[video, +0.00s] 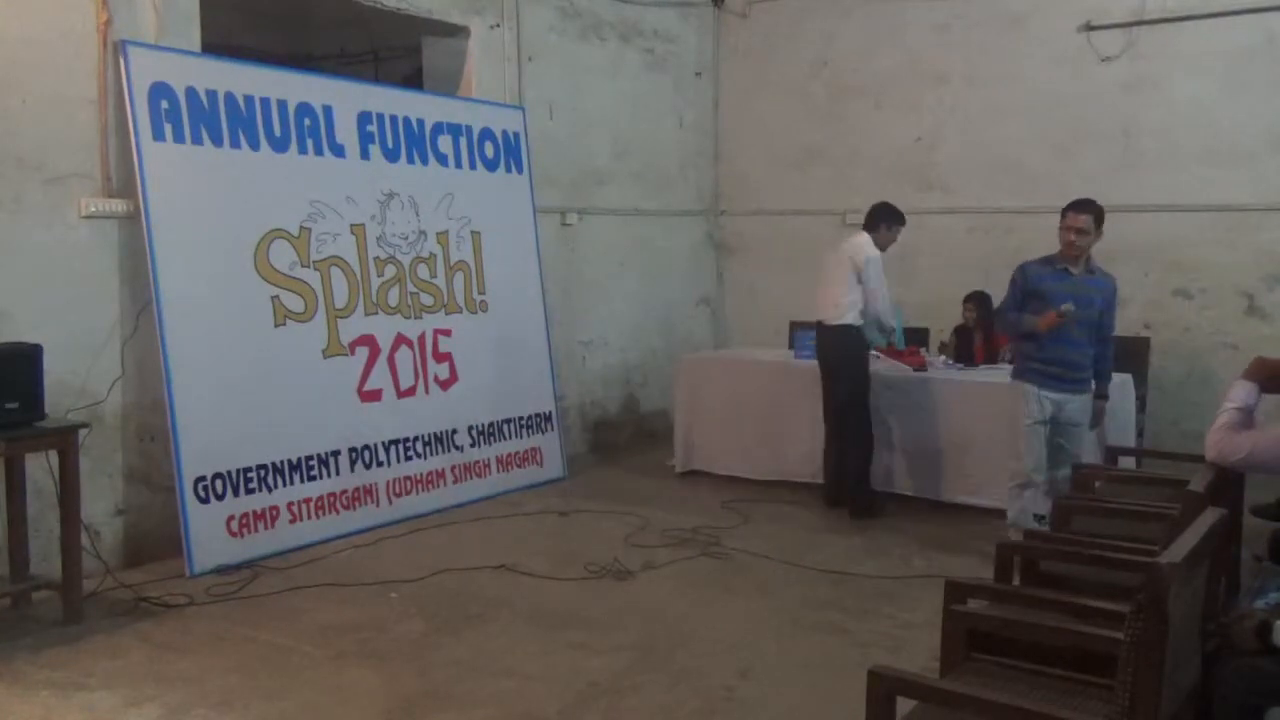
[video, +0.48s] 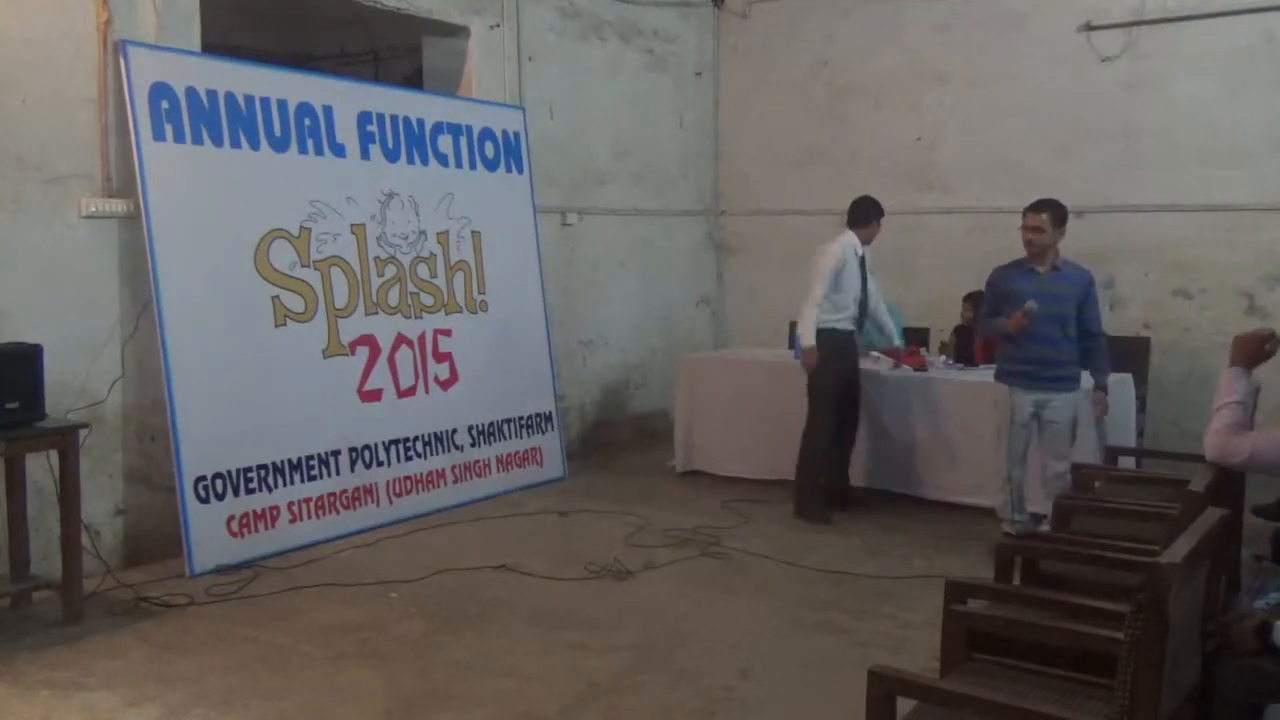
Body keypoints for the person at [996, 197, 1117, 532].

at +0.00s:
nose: (1072, 238)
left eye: (1082, 232)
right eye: (1067, 230)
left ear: (1096, 236)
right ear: (1059, 230)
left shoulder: (1104, 284)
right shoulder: (1029, 273)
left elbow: (1105, 343)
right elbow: (1002, 317)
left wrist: (1101, 394)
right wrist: (1034, 323)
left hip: (1077, 394)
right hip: (1033, 388)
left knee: (1067, 477)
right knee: (1029, 473)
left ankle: (1062, 546)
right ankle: (1021, 542)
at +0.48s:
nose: (1029, 237)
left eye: (1038, 230)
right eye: (1026, 229)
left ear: (1059, 234)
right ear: (1021, 230)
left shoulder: (1079, 280)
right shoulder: (1003, 277)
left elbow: (1092, 335)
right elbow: (983, 324)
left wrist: (1100, 384)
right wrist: (1006, 324)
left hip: (1061, 388)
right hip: (1016, 386)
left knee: (1057, 461)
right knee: (1013, 459)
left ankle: (1055, 524)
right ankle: (1015, 522)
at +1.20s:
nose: (1007, 240)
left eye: (1011, 233)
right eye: (1006, 233)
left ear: (1032, 232)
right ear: (1026, 232)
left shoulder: (1070, 277)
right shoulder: (1017, 275)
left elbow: (1078, 342)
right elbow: (1012, 323)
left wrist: (1053, 388)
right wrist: (992, 328)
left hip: (1048, 388)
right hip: (1011, 383)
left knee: (1051, 466)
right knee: (1008, 461)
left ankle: (1055, 536)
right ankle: (1013, 530)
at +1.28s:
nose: (1012, 241)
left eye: (1016, 233)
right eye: (1012, 234)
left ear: (1037, 233)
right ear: (1034, 234)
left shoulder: (1072, 277)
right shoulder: (1023, 275)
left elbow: (1075, 343)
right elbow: (1020, 324)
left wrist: (1043, 385)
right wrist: (996, 320)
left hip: (1053, 385)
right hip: (1016, 380)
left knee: (1053, 464)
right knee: (1012, 459)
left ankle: (1057, 532)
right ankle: (1013, 527)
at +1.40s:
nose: (1020, 240)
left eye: (1023, 233)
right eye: (1020, 232)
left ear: (1040, 233)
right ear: (1046, 233)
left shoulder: (1075, 280)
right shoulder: (1034, 274)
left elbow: (1070, 346)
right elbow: (1033, 326)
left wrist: (1032, 382)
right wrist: (1007, 311)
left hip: (1057, 388)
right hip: (1023, 382)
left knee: (1059, 466)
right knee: (1016, 461)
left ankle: (1065, 534)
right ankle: (1014, 528)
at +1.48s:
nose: (1024, 241)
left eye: (1027, 233)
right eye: (1025, 233)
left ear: (1043, 235)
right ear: (1052, 234)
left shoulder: (1072, 280)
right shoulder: (1041, 273)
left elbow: (1066, 346)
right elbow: (1040, 321)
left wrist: (1030, 384)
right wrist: (1014, 307)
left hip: (1059, 387)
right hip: (1030, 382)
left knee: (1059, 463)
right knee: (1020, 459)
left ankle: (1064, 531)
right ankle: (1015, 525)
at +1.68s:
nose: (1031, 240)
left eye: (1033, 233)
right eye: (1031, 233)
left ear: (1049, 235)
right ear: (1059, 235)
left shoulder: (1067, 276)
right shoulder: (1056, 269)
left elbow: (1053, 341)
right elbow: (1049, 313)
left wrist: (1029, 390)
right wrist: (1022, 296)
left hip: (1061, 385)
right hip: (1042, 381)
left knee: (1058, 462)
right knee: (1025, 455)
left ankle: (1058, 530)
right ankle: (1012, 520)